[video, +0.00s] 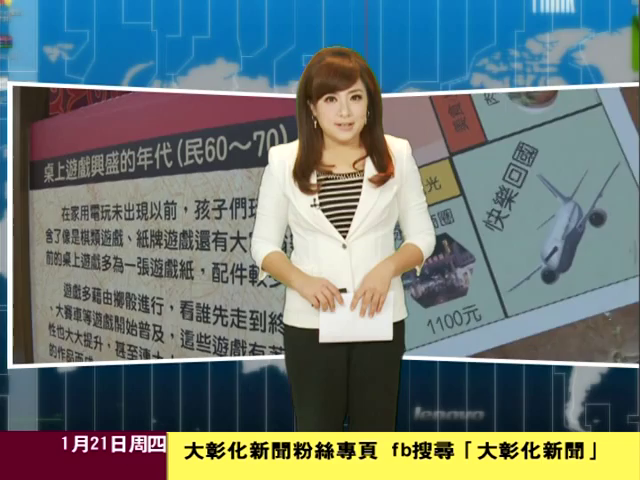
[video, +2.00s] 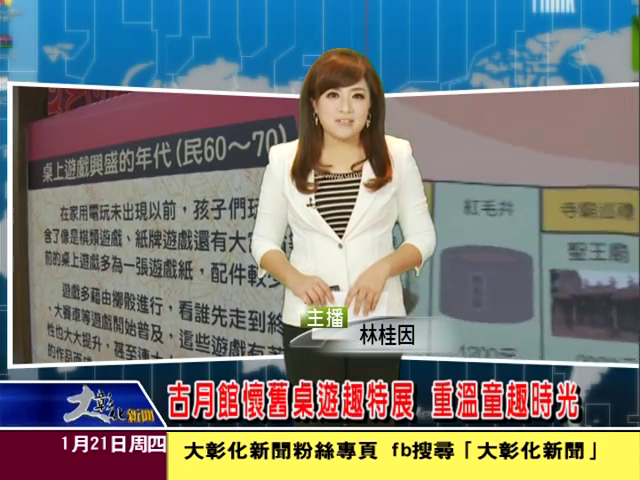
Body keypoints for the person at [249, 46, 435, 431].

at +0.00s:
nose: (345, 111)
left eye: (355, 98)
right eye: (331, 100)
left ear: (370, 102)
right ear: (311, 107)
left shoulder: (395, 155)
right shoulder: (285, 161)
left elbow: (422, 238)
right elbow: (263, 245)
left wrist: (387, 268)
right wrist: (302, 280)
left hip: (379, 329)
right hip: (311, 329)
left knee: (375, 446)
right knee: (316, 446)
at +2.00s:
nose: (346, 107)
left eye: (357, 96)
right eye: (333, 96)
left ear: (371, 105)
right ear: (313, 104)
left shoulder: (394, 156)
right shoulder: (285, 160)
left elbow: (423, 238)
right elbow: (263, 242)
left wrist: (382, 267)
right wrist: (296, 279)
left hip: (377, 323)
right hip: (308, 323)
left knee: (376, 439)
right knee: (314, 439)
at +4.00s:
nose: (347, 109)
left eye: (359, 97)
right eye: (334, 97)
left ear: (373, 104)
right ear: (315, 105)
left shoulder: (396, 155)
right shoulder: (287, 160)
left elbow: (424, 239)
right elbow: (265, 243)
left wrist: (383, 267)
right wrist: (297, 279)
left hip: (379, 323)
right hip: (309, 323)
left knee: (377, 439)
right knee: (314, 438)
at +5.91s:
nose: (343, 104)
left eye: (355, 93)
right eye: (330, 94)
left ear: (370, 103)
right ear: (312, 104)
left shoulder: (395, 155)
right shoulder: (285, 159)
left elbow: (422, 236)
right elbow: (268, 242)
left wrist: (389, 265)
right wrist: (289, 273)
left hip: (376, 324)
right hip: (307, 323)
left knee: (375, 438)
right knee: (313, 437)